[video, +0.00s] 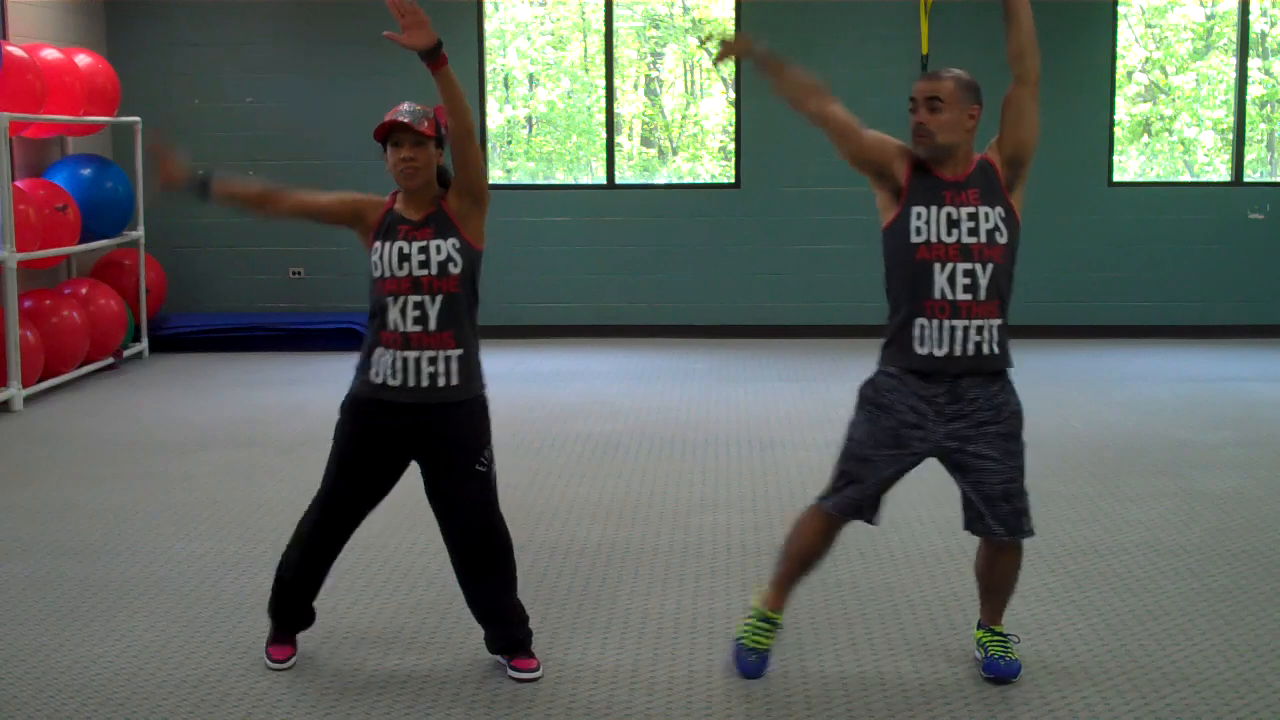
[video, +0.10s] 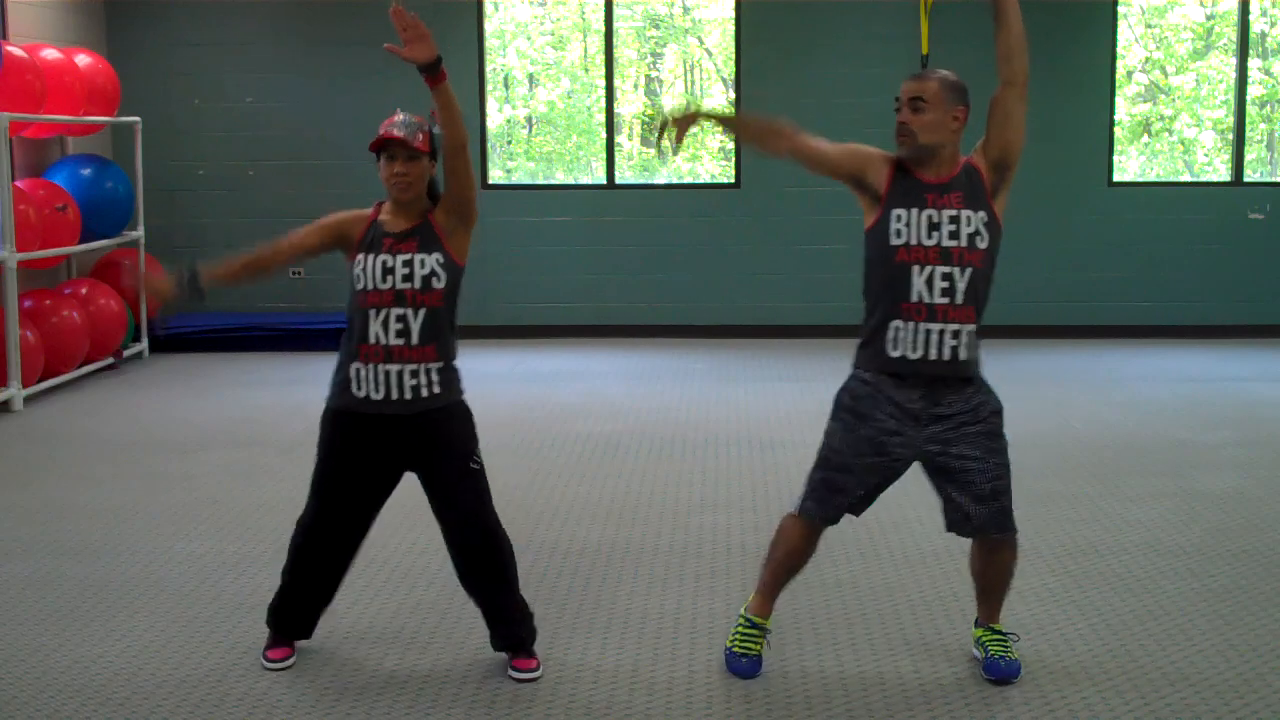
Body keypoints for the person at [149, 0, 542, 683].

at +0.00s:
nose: (405, 154)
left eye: (416, 143)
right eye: (395, 145)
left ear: (440, 152)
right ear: (384, 156)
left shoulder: (464, 212)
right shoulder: (373, 214)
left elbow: (464, 136)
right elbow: (281, 200)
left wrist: (434, 54)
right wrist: (198, 181)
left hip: (453, 408)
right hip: (377, 406)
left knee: (479, 527)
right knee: (330, 517)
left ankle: (512, 641)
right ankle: (284, 624)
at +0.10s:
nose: (395, 166)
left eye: (407, 157)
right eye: (387, 157)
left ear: (432, 166)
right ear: (377, 165)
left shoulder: (451, 226)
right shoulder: (353, 227)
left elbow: (456, 148)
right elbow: (272, 255)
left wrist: (434, 73)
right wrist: (193, 280)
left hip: (435, 415)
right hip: (359, 416)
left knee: (477, 531)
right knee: (324, 526)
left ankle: (516, 641)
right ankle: (285, 631)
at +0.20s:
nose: (394, 177)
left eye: (404, 167)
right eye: (386, 167)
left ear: (426, 174)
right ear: (373, 173)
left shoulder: (444, 232)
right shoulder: (347, 238)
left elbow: (456, 158)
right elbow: (288, 304)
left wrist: (437, 84)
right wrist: (232, 367)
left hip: (424, 414)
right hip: (350, 413)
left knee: (461, 523)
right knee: (318, 525)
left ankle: (532, 610)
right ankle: (291, 627)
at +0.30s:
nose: (403, 182)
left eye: (414, 172)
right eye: (393, 172)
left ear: (435, 176)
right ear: (378, 178)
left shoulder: (453, 234)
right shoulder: (354, 244)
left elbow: (463, 159)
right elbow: (322, 326)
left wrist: (442, 86)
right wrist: (306, 400)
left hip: (431, 417)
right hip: (359, 415)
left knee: (446, 525)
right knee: (327, 525)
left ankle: (537, 604)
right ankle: (292, 626)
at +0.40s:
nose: (417, 179)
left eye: (426, 169)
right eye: (406, 170)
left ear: (447, 173)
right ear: (394, 177)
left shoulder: (471, 230)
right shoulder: (374, 244)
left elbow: (476, 155)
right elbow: (355, 326)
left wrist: (456, 80)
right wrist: (369, 360)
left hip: (460, 415)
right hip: (390, 414)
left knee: (479, 526)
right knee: (344, 524)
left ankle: (539, 620)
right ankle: (295, 628)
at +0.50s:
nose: (430, 162)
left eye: (440, 153)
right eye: (420, 154)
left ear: (462, 161)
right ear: (408, 164)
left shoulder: (489, 218)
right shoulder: (396, 234)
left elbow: (491, 142)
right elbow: (387, 306)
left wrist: (469, 74)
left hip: (494, 399)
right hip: (423, 401)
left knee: (512, 518)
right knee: (370, 507)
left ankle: (540, 624)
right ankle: (337, 627)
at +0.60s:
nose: (453, 145)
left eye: (461, 137)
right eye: (440, 136)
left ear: (478, 154)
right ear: (421, 158)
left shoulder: (501, 209)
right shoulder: (413, 230)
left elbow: (510, 141)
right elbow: (417, 222)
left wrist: (481, 68)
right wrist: (420, 175)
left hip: (516, 390)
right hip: (445, 392)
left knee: (530, 515)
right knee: (397, 500)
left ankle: (542, 622)